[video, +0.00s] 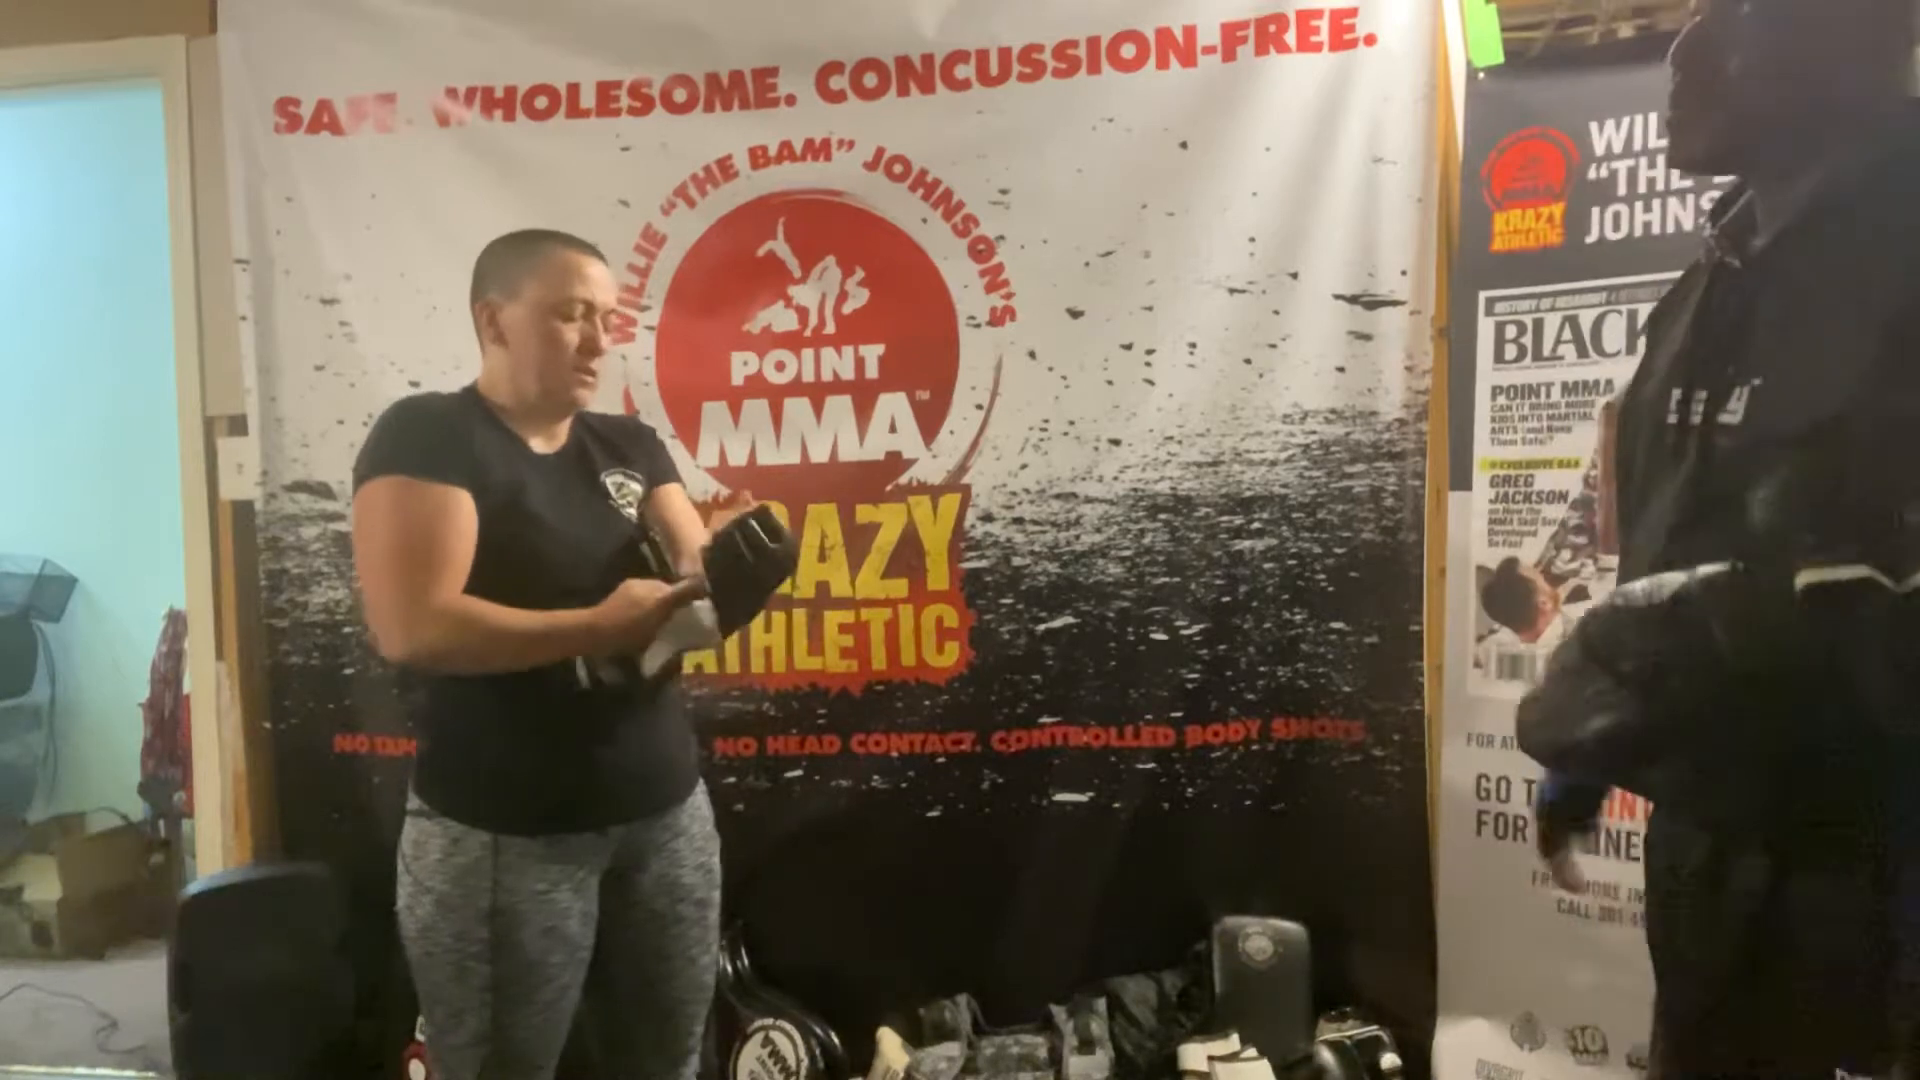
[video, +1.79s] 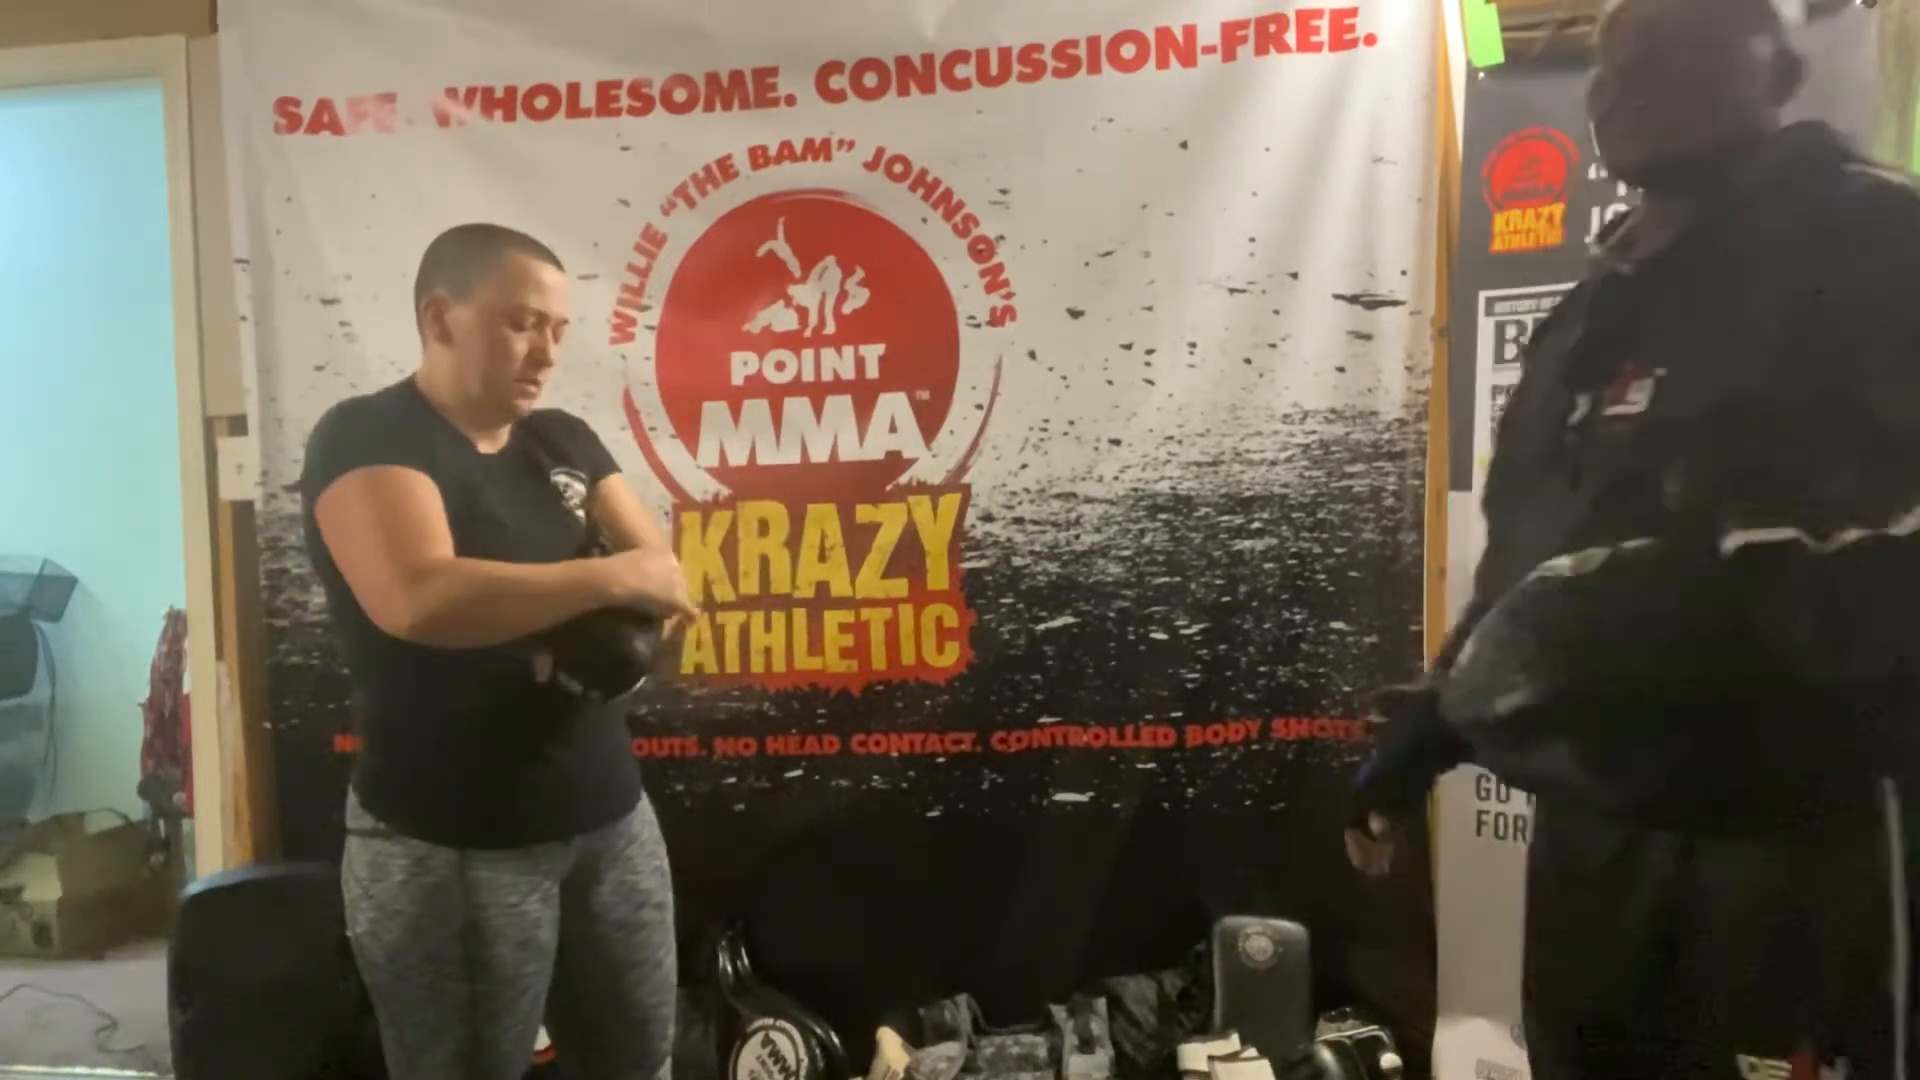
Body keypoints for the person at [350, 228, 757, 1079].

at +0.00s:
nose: (599, 339)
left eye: (606, 319)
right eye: (572, 312)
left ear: (613, 328)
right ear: (491, 319)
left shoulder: (628, 444)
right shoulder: (424, 436)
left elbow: (700, 581)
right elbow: (412, 626)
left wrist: (727, 549)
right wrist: (600, 627)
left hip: (664, 828)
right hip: (499, 846)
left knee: (658, 1065)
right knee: (496, 1068)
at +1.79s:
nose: (546, 351)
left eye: (557, 329)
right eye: (524, 323)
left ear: (564, 331)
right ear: (439, 314)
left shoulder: (560, 439)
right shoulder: (364, 437)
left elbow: (661, 568)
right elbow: (413, 597)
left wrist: (621, 625)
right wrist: (611, 580)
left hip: (609, 828)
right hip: (448, 852)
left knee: (635, 1065)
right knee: (467, 1067)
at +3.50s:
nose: (668, 367)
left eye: (680, 346)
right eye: (648, 339)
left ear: (687, 345)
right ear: (574, 325)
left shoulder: (682, 453)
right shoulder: (487, 427)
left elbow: (748, 591)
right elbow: (477, 602)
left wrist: (807, 638)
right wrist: (679, 638)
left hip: (690, 822)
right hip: (532, 831)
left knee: (667, 1065)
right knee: (520, 1066)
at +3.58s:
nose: (671, 361)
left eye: (681, 340)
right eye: (649, 333)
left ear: (688, 341)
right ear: (573, 322)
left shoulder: (683, 453)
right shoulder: (486, 427)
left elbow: (743, 593)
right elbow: (456, 605)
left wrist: (803, 638)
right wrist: (642, 663)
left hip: (691, 824)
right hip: (531, 833)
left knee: (665, 1065)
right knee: (521, 1066)